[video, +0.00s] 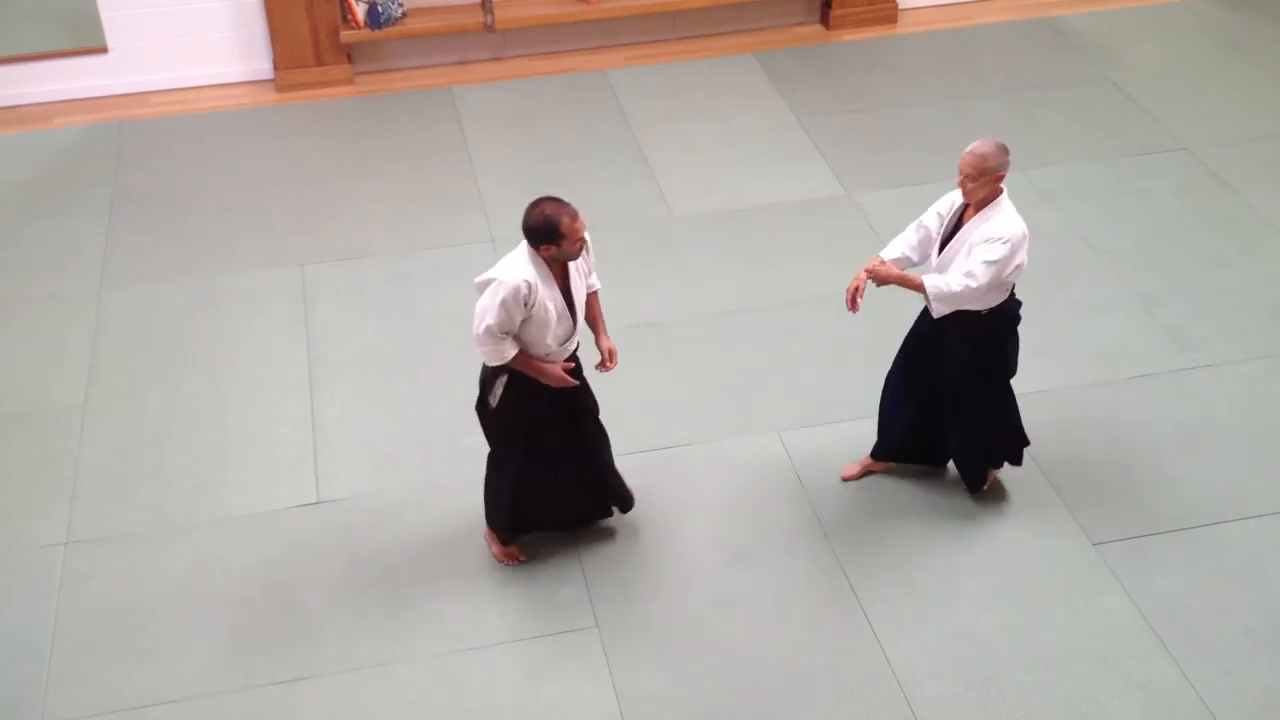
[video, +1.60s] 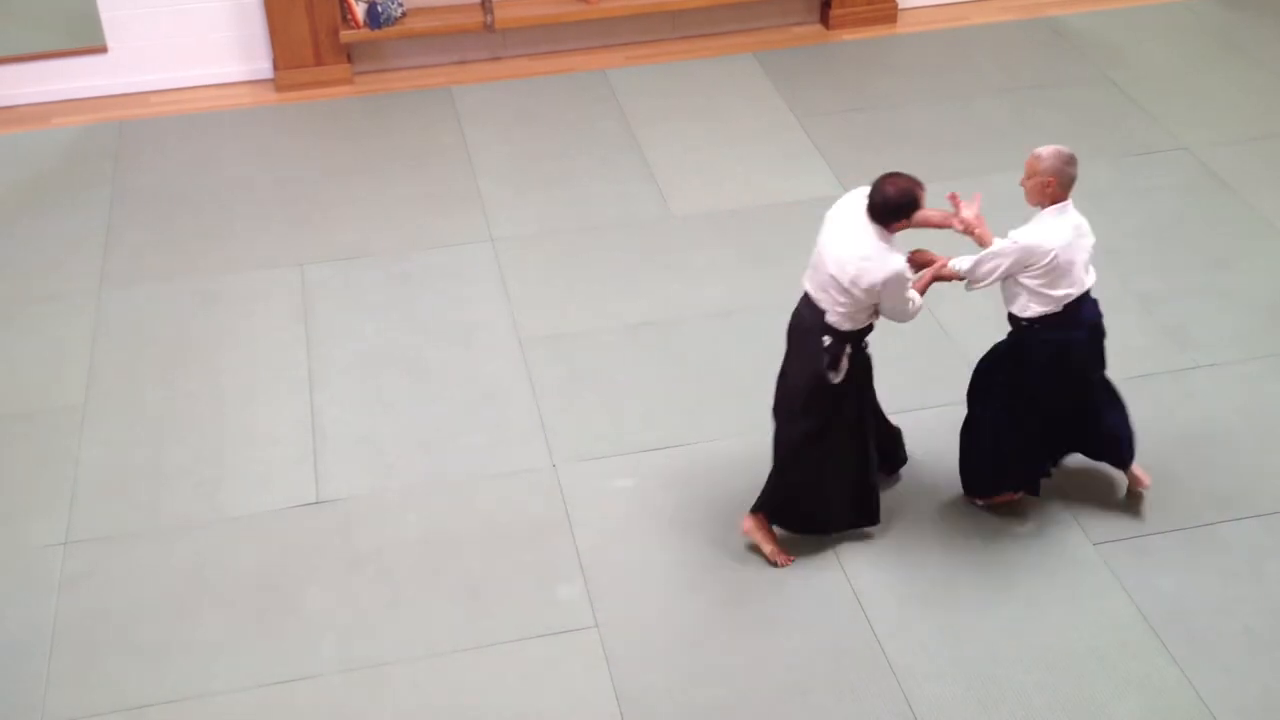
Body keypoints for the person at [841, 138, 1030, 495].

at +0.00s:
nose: (961, 184)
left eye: (970, 178)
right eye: (960, 175)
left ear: (997, 181)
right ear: (960, 170)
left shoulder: (1008, 231)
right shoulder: (956, 201)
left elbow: (967, 287)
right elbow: (916, 237)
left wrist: (900, 279)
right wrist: (869, 271)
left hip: (981, 327)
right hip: (939, 314)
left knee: (975, 398)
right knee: (904, 381)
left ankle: (988, 462)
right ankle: (884, 454)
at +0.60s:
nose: (931, 169)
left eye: (940, 163)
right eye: (929, 160)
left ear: (966, 164)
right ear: (927, 155)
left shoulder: (972, 214)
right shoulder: (922, 189)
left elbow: (917, 260)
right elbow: (884, 227)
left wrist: (851, 258)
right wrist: (839, 263)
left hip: (963, 307)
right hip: (921, 299)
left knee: (970, 384)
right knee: (893, 367)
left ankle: (989, 458)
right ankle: (887, 430)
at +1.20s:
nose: (940, 184)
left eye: (949, 179)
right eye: (941, 176)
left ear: (978, 183)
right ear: (969, 181)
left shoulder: (986, 231)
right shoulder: (955, 206)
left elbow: (934, 272)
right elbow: (924, 249)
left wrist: (866, 283)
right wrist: (889, 258)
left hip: (990, 321)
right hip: (952, 309)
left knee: (973, 403)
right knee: (903, 368)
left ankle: (1005, 481)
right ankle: (886, 431)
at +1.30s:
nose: (959, 188)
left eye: (968, 183)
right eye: (960, 180)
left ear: (996, 186)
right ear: (989, 185)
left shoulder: (1000, 237)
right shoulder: (979, 211)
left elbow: (947, 280)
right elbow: (945, 259)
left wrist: (885, 295)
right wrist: (906, 255)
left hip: (1014, 328)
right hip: (985, 316)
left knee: (993, 407)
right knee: (941, 367)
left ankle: (1003, 481)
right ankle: (939, 431)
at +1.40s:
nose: (977, 189)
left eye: (985, 184)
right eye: (979, 181)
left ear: (1013, 190)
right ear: (1012, 189)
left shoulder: (1013, 242)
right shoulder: (1007, 213)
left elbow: (956, 284)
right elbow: (968, 260)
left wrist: (896, 294)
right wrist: (928, 246)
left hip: (1026, 336)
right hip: (1008, 323)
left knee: (989, 410)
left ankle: (1002, 483)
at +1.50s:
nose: (999, 187)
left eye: (1006, 181)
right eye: (1001, 179)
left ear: (1031, 189)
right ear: (1033, 188)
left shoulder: (1020, 241)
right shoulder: (1049, 219)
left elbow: (966, 277)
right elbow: (995, 259)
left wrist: (917, 280)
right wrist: (952, 239)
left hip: (1030, 339)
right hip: (1059, 324)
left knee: (986, 396)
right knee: (1042, 399)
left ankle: (1005, 485)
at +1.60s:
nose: (1021, 182)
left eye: (1027, 176)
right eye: (1024, 174)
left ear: (1048, 186)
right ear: (1058, 186)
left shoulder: (1032, 240)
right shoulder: (1075, 222)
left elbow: (980, 270)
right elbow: (1015, 259)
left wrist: (936, 266)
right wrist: (979, 231)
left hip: (1042, 341)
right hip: (1084, 329)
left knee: (988, 387)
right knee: (1090, 397)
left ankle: (1004, 483)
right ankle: (1128, 466)